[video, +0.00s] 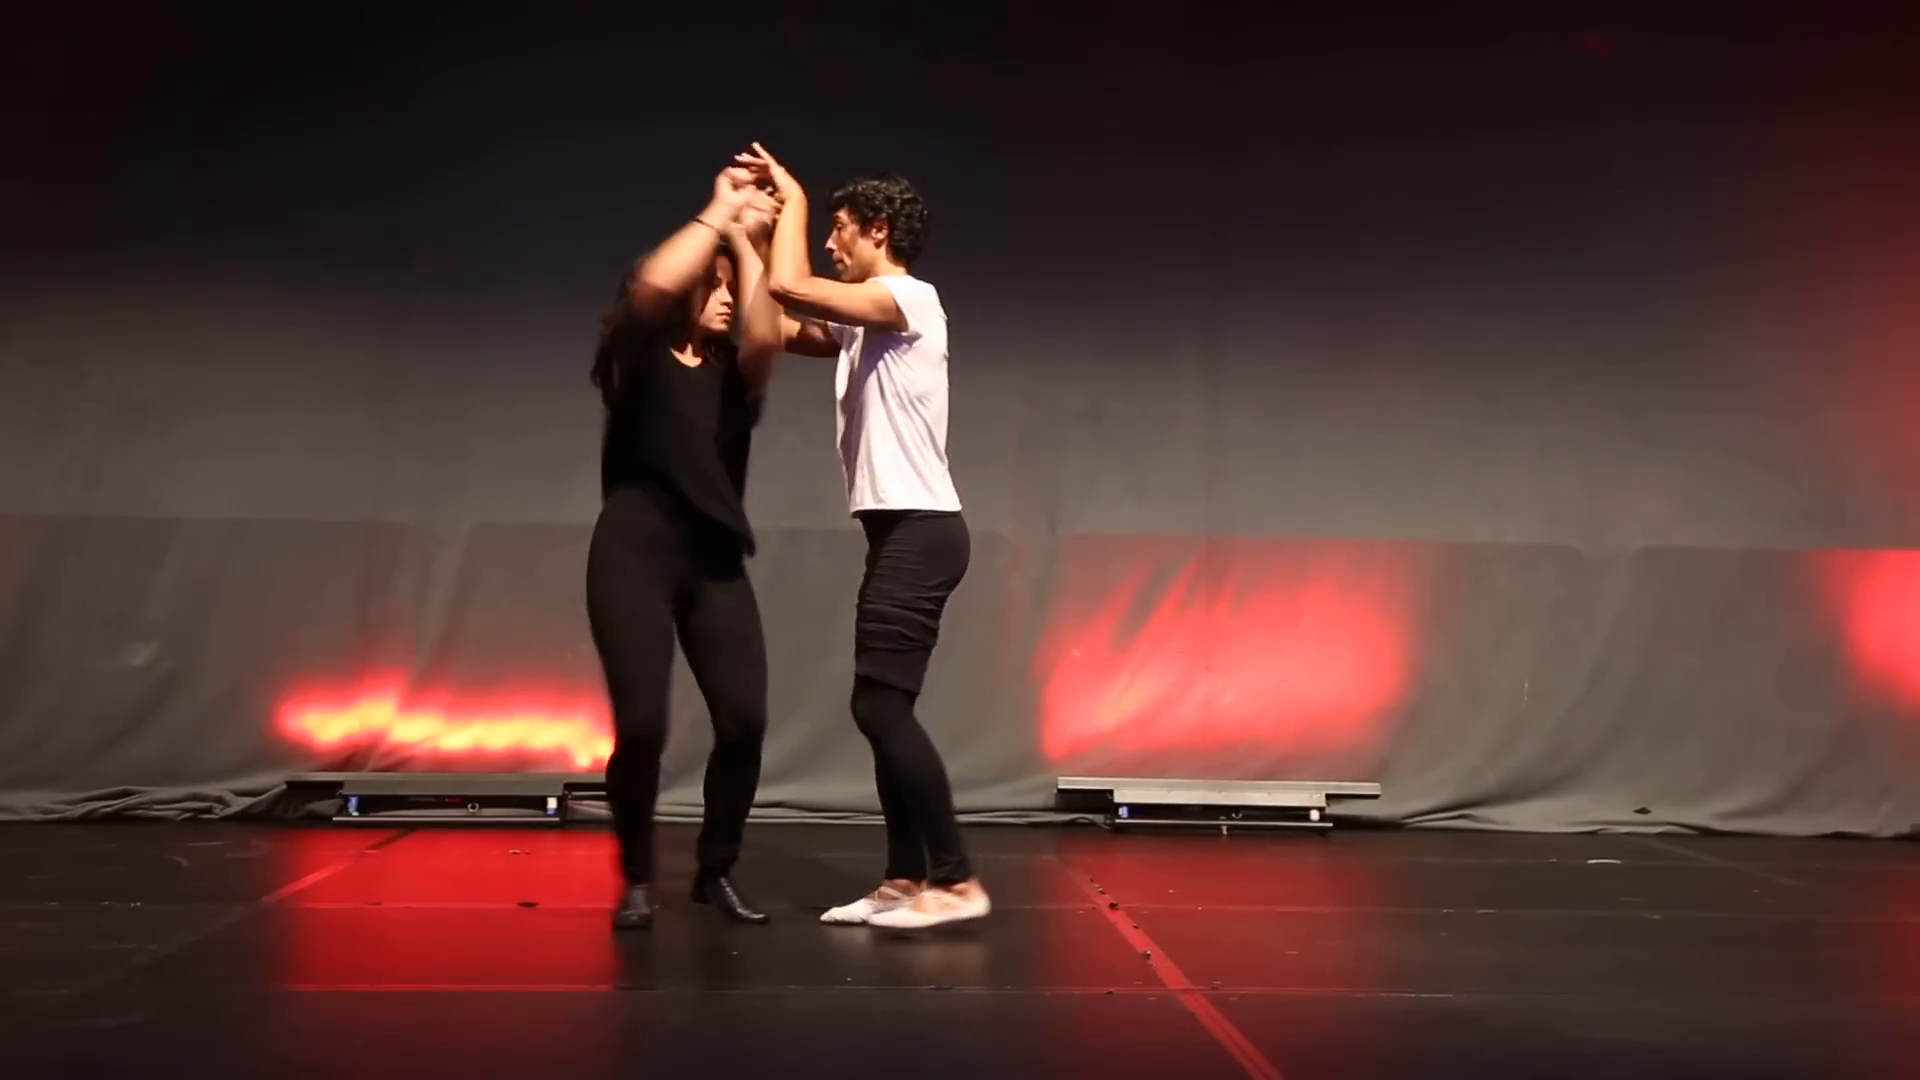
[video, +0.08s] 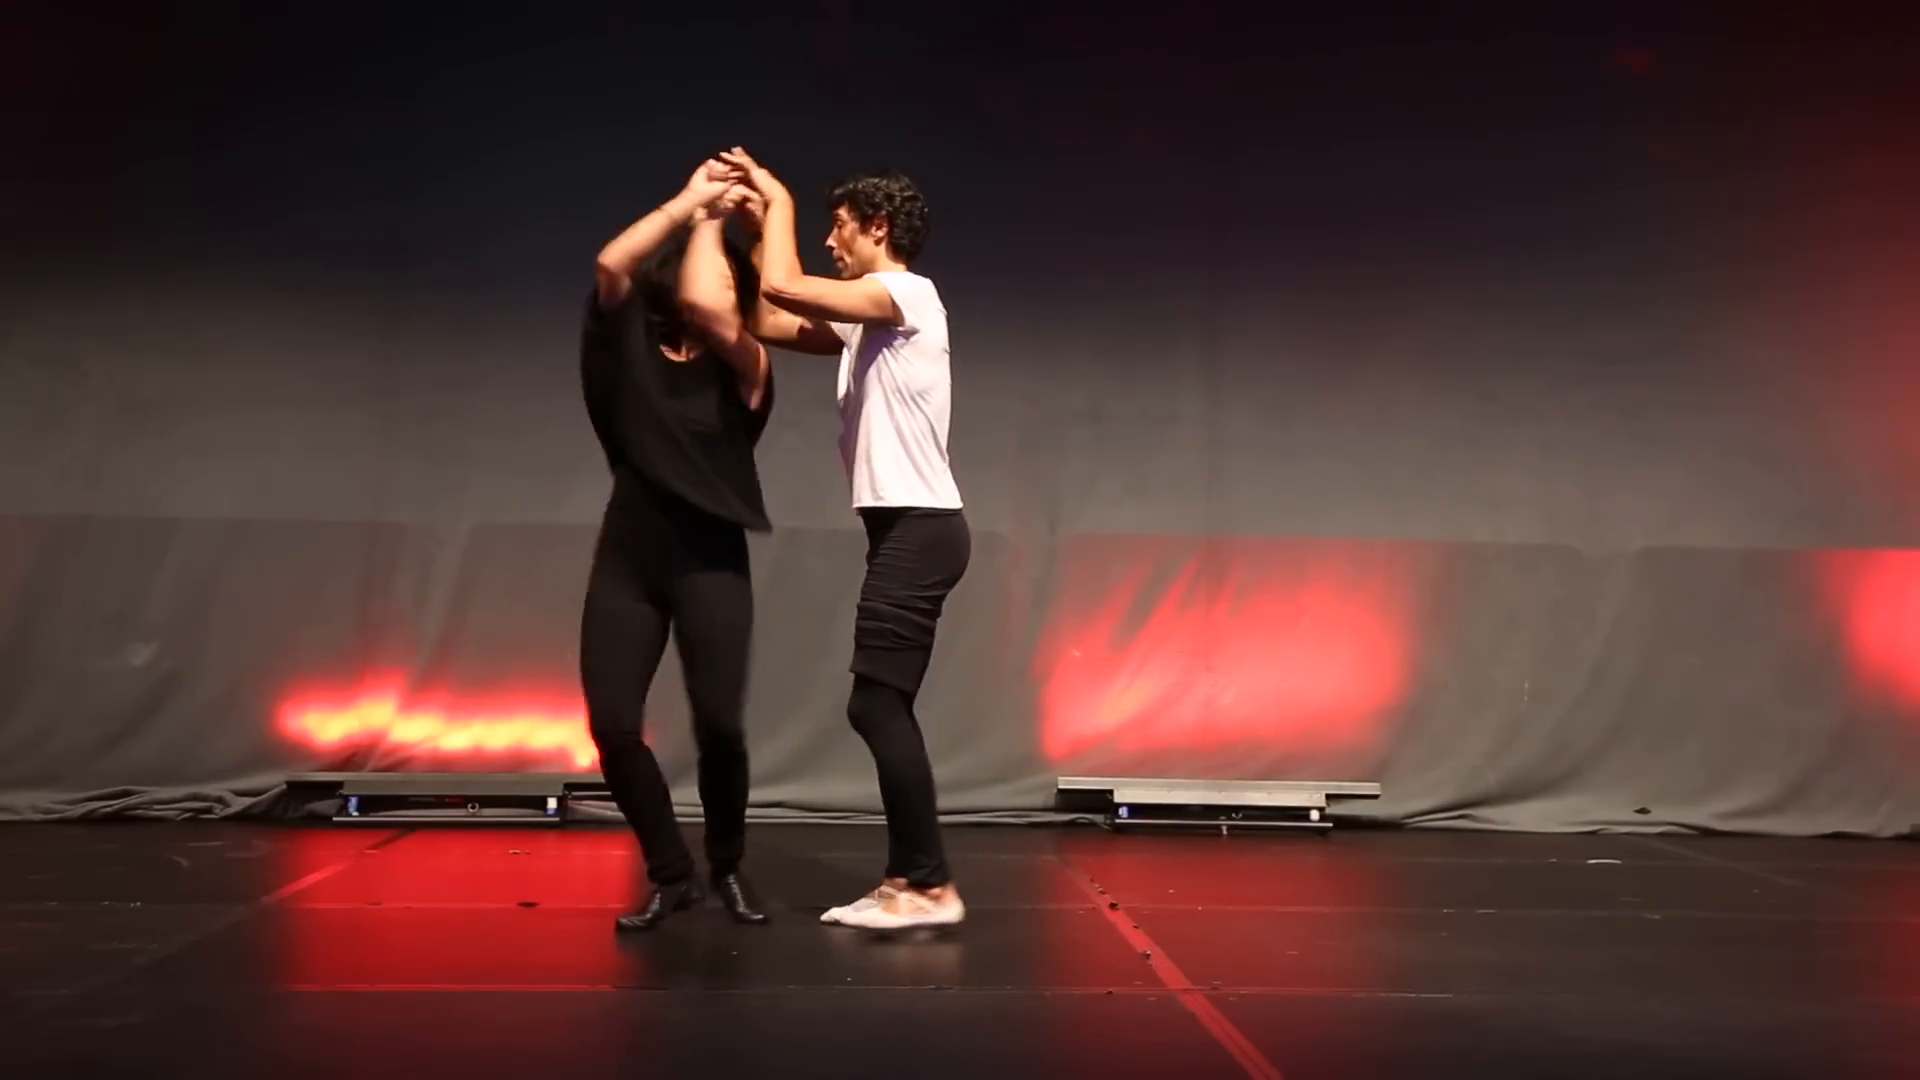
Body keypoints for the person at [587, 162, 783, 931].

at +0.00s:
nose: (727, 292)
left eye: (737, 282)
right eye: (713, 278)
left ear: (747, 296)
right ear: (680, 288)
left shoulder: (745, 361)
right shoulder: (640, 344)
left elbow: (765, 334)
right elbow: (655, 282)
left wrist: (752, 232)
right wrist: (717, 216)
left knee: (744, 723)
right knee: (643, 727)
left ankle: (714, 875)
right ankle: (636, 883)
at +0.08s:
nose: (697, 276)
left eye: (715, 273)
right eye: (690, 260)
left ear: (738, 297)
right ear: (666, 278)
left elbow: (708, 300)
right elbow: (612, 266)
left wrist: (715, 216)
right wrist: (688, 202)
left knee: (721, 727)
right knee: (612, 726)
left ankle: (726, 871)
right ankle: (672, 879)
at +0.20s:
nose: (658, 264)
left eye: (673, 259)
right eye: (662, 256)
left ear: (702, 278)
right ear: (689, 277)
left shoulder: (693, 340)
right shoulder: (679, 332)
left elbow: (610, 283)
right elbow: (630, 270)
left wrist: (671, 230)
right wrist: (680, 205)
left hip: (683, 556)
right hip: (653, 553)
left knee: (639, 720)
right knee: (630, 722)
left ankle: (754, 838)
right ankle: (680, 881)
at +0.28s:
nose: (643, 279)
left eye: (655, 271)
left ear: (670, 276)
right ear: (738, 280)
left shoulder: (652, 342)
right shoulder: (733, 347)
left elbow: (608, 286)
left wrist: (686, 250)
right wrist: (712, 223)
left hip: (655, 542)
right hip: (713, 544)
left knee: (595, 714)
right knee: (659, 719)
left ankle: (714, 821)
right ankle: (675, 890)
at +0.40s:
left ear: (644, 288)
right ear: (729, 292)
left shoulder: (616, 359)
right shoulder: (742, 369)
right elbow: (788, 434)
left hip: (628, 547)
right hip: (710, 552)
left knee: (623, 706)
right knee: (674, 730)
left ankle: (607, 814)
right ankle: (635, 899)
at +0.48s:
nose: (719, 304)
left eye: (716, 293)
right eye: (713, 292)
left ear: (626, 297)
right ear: (700, 296)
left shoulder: (612, 362)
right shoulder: (720, 364)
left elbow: (581, 416)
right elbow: (754, 449)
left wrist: (627, 463)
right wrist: (775, 378)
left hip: (620, 545)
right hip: (686, 547)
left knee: (660, 707)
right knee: (666, 724)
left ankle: (601, 833)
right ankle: (601, 887)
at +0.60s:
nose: (719, 291)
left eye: (714, 278)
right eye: (705, 279)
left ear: (661, 298)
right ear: (666, 295)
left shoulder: (647, 365)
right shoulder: (690, 368)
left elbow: (726, 338)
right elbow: (783, 385)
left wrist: (760, 327)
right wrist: (795, 293)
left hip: (645, 565)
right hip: (659, 572)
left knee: (745, 699)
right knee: (640, 737)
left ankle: (674, 843)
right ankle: (579, 891)